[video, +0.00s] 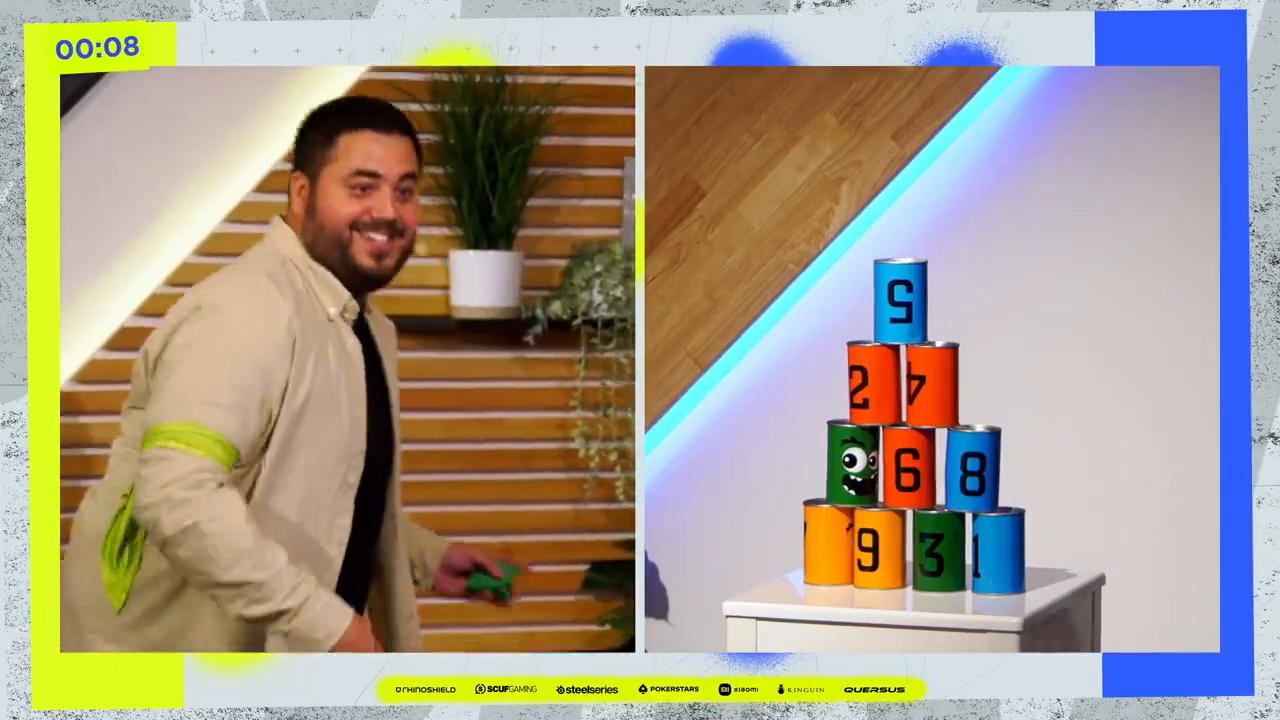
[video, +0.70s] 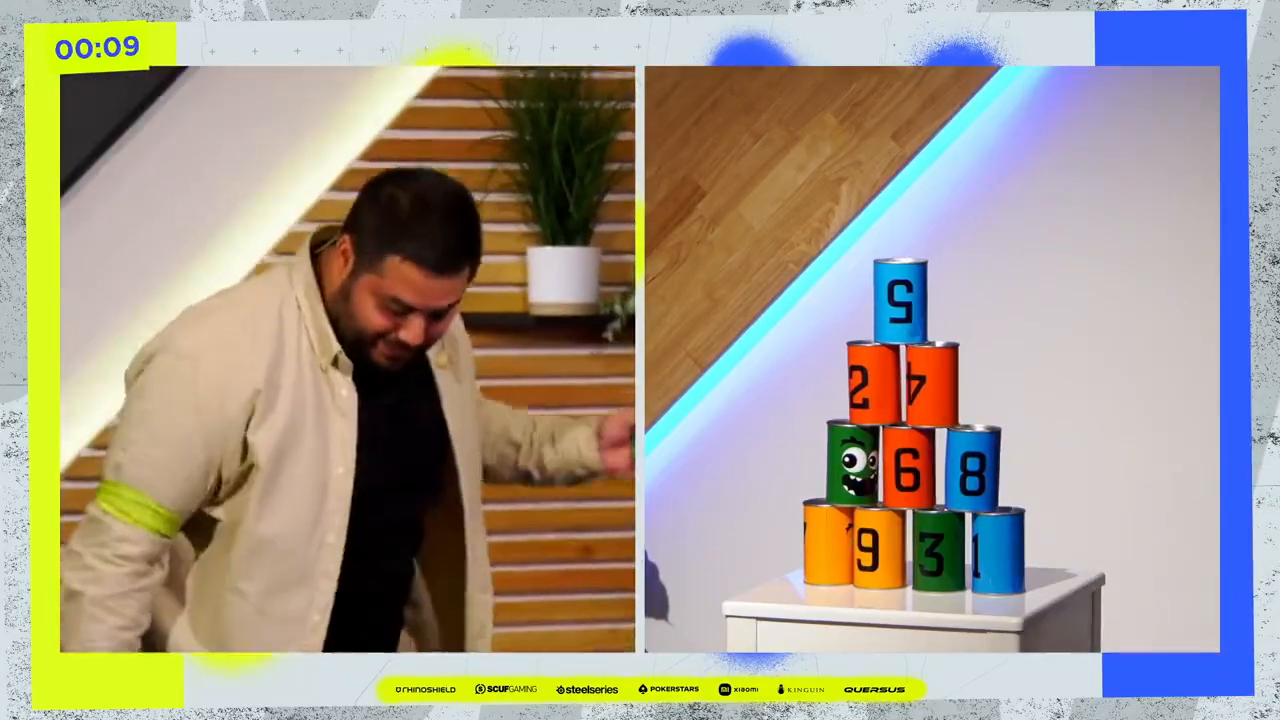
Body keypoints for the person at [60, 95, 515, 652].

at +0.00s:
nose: (388, 212)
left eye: (405, 190)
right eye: (361, 187)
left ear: (418, 202)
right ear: (301, 194)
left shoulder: (367, 321)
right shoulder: (246, 311)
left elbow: (322, 499)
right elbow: (178, 494)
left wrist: (430, 559)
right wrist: (325, 623)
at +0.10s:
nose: (362, 190)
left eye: (379, 168)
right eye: (335, 166)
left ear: (392, 182)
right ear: (275, 178)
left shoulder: (330, 304)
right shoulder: (230, 289)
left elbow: (296, 483)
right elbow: (184, 450)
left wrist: (420, 505)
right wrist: (331, 575)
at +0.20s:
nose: (347, 178)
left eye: (362, 155)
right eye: (318, 155)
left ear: (378, 168)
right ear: (261, 170)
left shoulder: (324, 298)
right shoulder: (220, 275)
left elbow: (319, 464)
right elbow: (169, 417)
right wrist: (289, 535)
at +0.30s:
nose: (359, 194)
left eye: (375, 170)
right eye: (333, 167)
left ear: (391, 172)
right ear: (273, 162)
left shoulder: (350, 291)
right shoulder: (211, 272)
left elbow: (356, 439)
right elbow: (135, 408)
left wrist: (471, 363)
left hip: (324, 638)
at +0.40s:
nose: (392, 244)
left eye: (411, 222)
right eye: (373, 215)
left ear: (427, 210)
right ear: (311, 182)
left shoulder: (370, 286)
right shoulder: (213, 286)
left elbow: (395, 420)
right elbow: (111, 424)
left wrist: (515, 356)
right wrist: (117, 577)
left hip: (360, 649)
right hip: (236, 657)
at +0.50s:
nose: (417, 289)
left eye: (438, 267)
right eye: (399, 260)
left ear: (457, 245)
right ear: (340, 210)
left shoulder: (405, 307)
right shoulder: (226, 314)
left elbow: (419, 424)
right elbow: (98, 475)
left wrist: (551, 374)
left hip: (372, 663)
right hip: (239, 673)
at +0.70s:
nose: (414, 336)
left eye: (439, 314)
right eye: (394, 308)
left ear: (461, 291)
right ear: (343, 259)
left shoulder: (440, 336)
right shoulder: (217, 353)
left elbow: (457, 431)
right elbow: (114, 550)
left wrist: (585, 445)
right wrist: (81, 700)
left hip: (379, 674)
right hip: (234, 684)